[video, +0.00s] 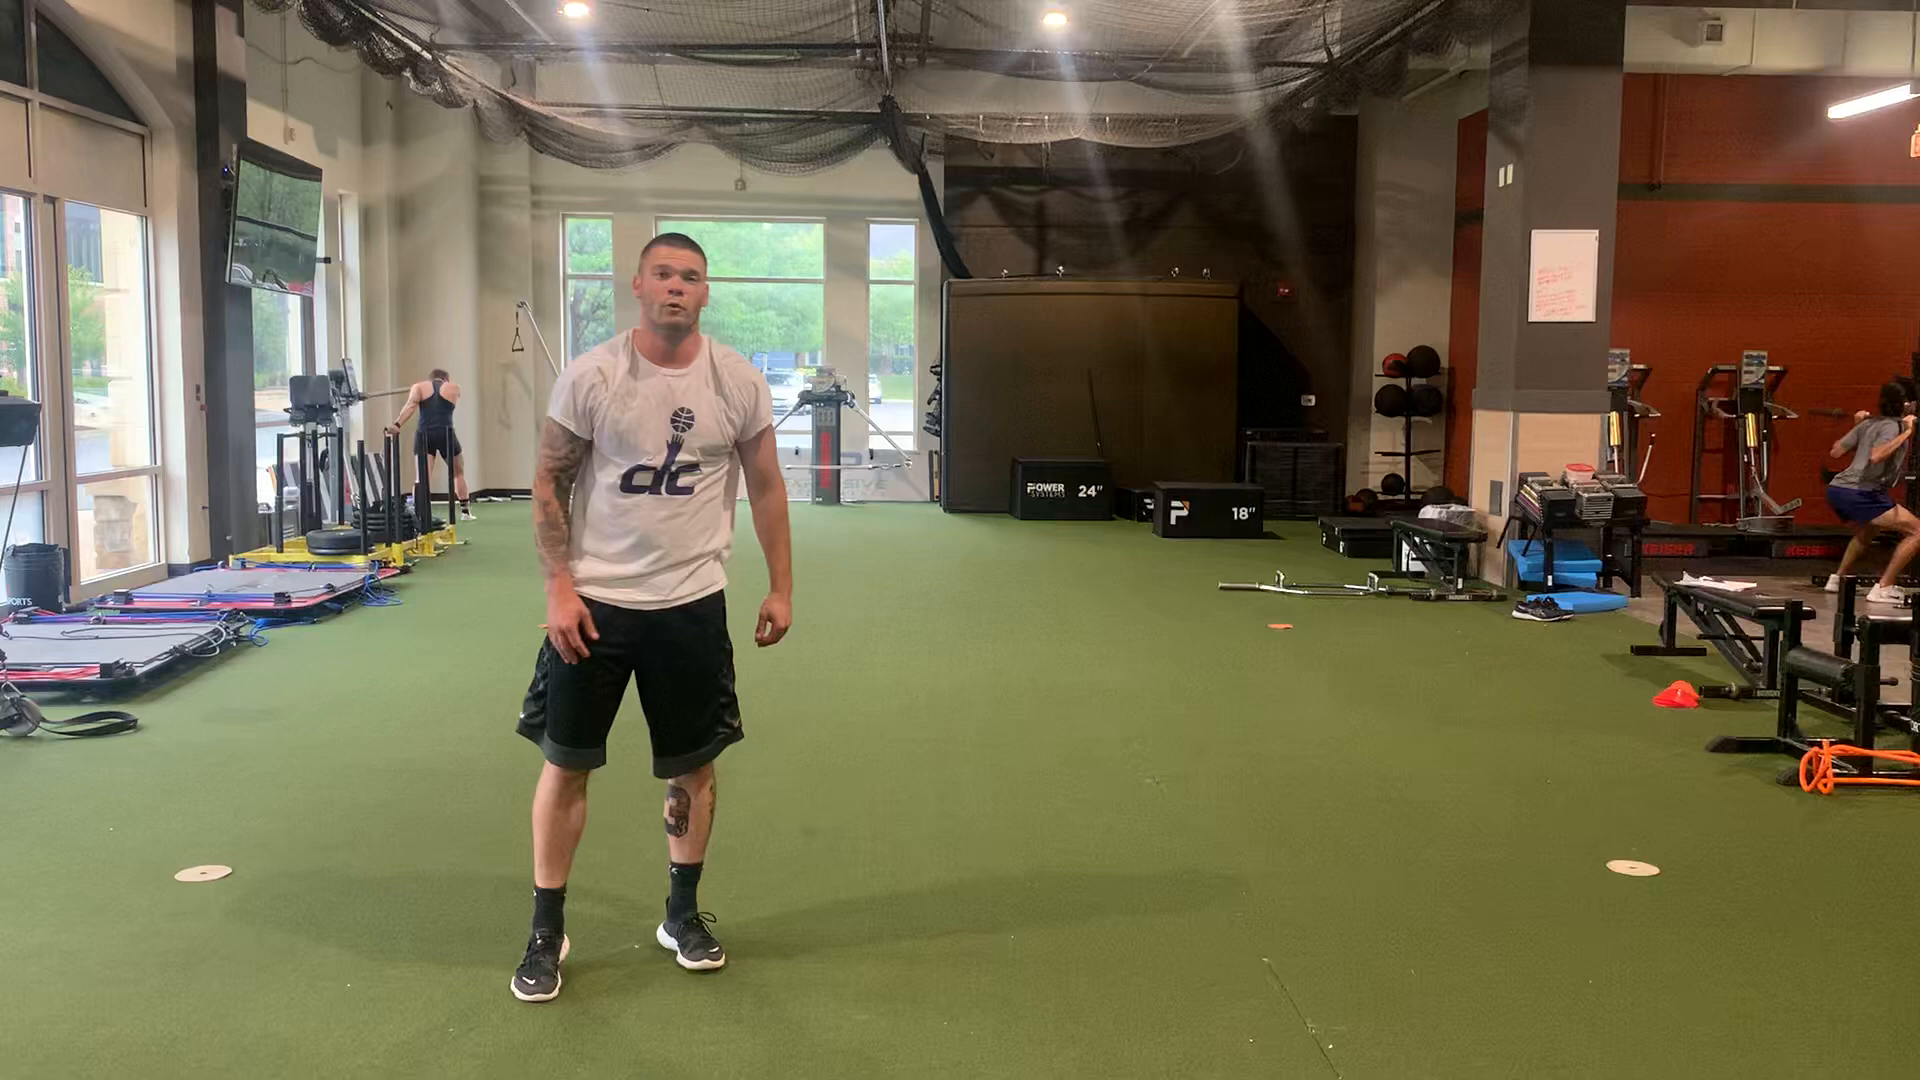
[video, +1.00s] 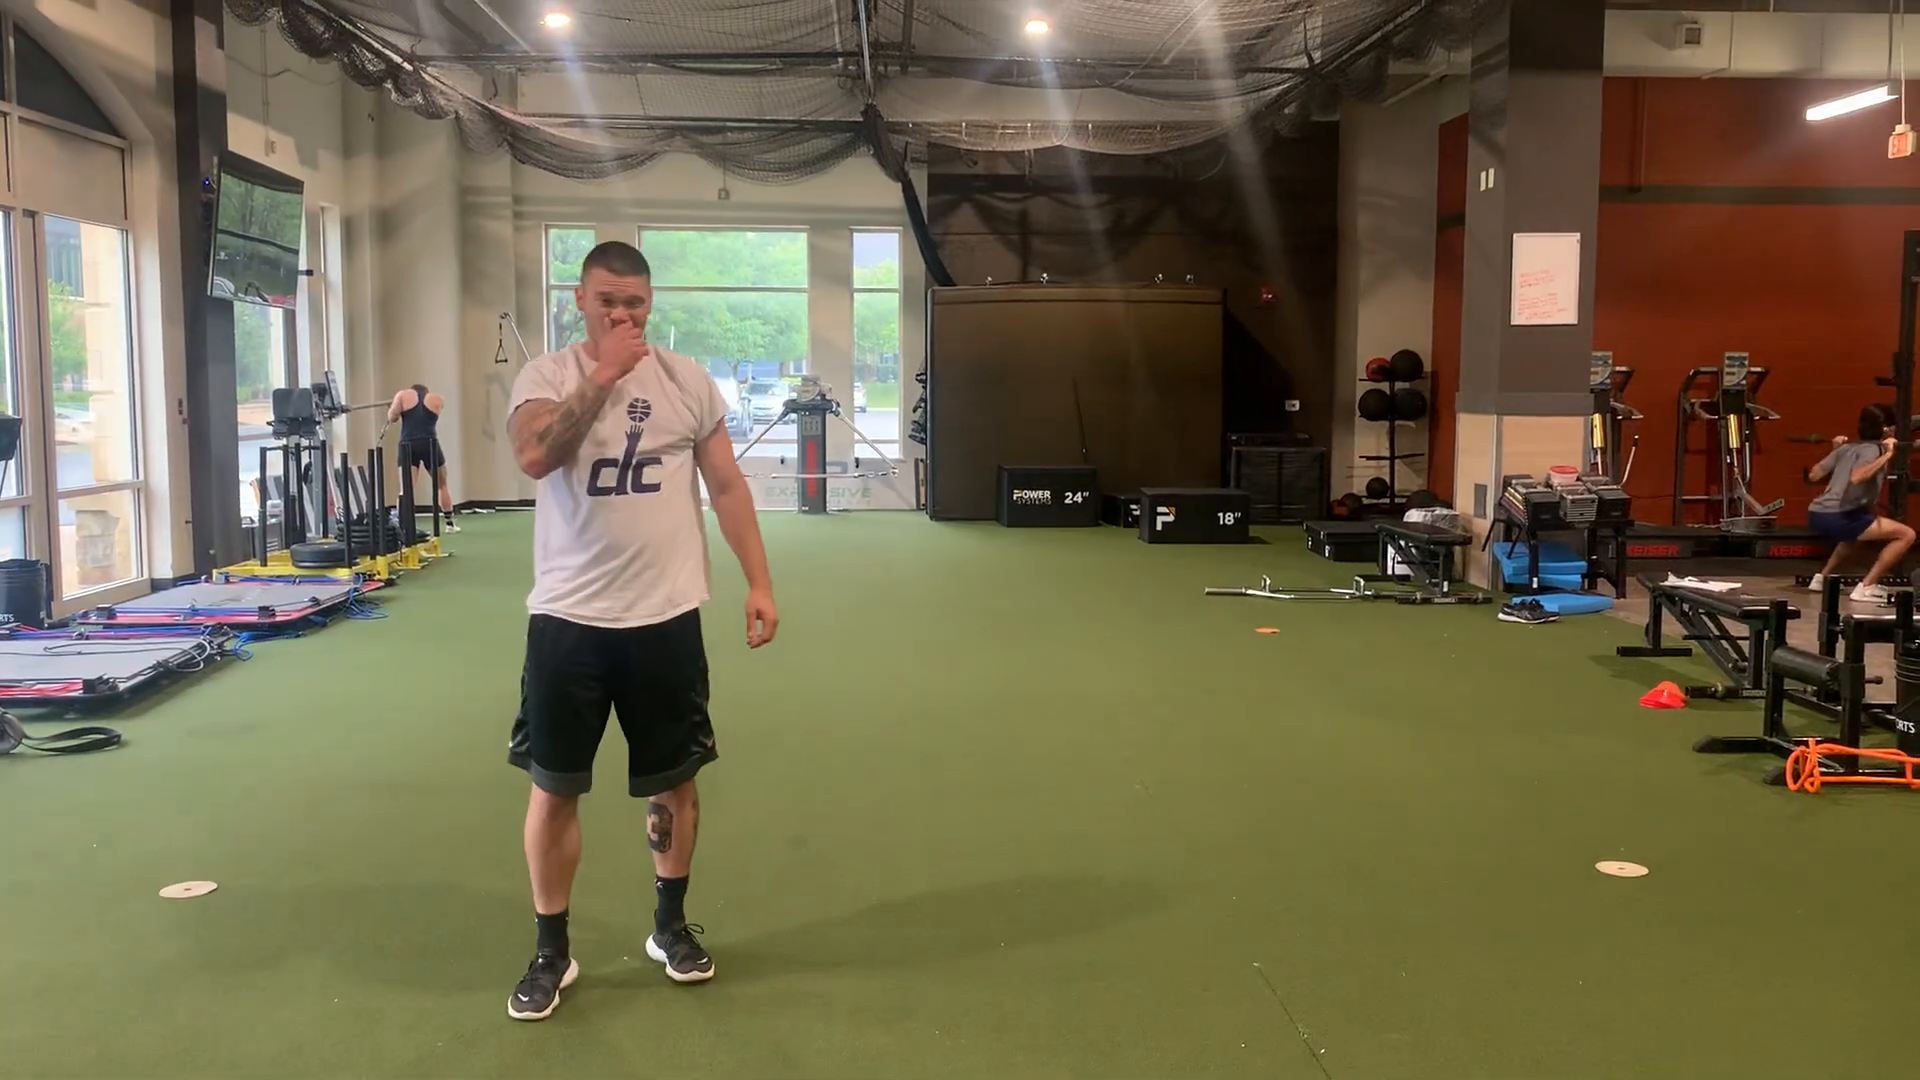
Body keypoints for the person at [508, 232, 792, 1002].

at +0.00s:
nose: (676, 288)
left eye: (689, 278)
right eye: (663, 275)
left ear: (707, 294)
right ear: (635, 287)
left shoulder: (739, 382)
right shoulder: (588, 379)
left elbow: (767, 487)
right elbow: (549, 487)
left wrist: (781, 586)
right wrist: (559, 587)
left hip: (692, 606)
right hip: (595, 605)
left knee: (692, 764)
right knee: (566, 766)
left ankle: (683, 913)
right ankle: (545, 930)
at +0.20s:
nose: (698, 288)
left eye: (711, 280)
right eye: (685, 274)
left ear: (723, 298)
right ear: (656, 285)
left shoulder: (751, 387)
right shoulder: (602, 377)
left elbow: (773, 488)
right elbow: (561, 480)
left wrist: (783, 584)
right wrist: (591, 553)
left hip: (698, 606)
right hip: (602, 602)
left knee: (695, 768)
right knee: (572, 766)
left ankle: (682, 916)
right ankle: (551, 931)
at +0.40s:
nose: (695, 291)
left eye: (709, 284)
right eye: (683, 277)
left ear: (722, 304)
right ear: (654, 288)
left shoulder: (746, 389)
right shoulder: (601, 377)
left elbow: (769, 491)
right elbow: (561, 484)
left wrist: (780, 586)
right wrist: (620, 477)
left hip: (700, 607)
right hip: (604, 605)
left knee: (694, 770)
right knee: (581, 770)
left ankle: (679, 917)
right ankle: (578, 931)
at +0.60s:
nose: (677, 291)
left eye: (690, 283)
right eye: (665, 277)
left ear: (705, 300)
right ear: (636, 287)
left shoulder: (728, 383)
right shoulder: (589, 371)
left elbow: (760, 492)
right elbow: (553, 463)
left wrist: (775, 592)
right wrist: (614, 396)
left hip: (692, 608)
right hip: (597, 605)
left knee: (688, 771)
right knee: (572, 771)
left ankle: (674, 919)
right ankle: (567, 929)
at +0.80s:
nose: (646, 317)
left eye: (659, 305)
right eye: (632, 303)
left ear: (676, 304)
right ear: (604, 299)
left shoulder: (712, 382)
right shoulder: (571, 371)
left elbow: (750, 487)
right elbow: (552, 443)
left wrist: (776, 588)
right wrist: (622, 373)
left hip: (681, 613)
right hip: (583, 611)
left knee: (681, 777)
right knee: (559, 784)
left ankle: (671, 922)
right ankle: (548, 947)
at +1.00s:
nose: (624, 317)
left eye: (636, 305)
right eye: (610, 302)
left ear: (651, 305)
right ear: (580, 299)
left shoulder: (688, 382)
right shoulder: (548, 375)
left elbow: (727, 484)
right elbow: (534, 455)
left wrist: (759, 580)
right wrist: (602, 378)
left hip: (667, 617)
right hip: (569, 618)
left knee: (674, 781)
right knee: (554, 789)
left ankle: (670, 926)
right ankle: (551, 951)